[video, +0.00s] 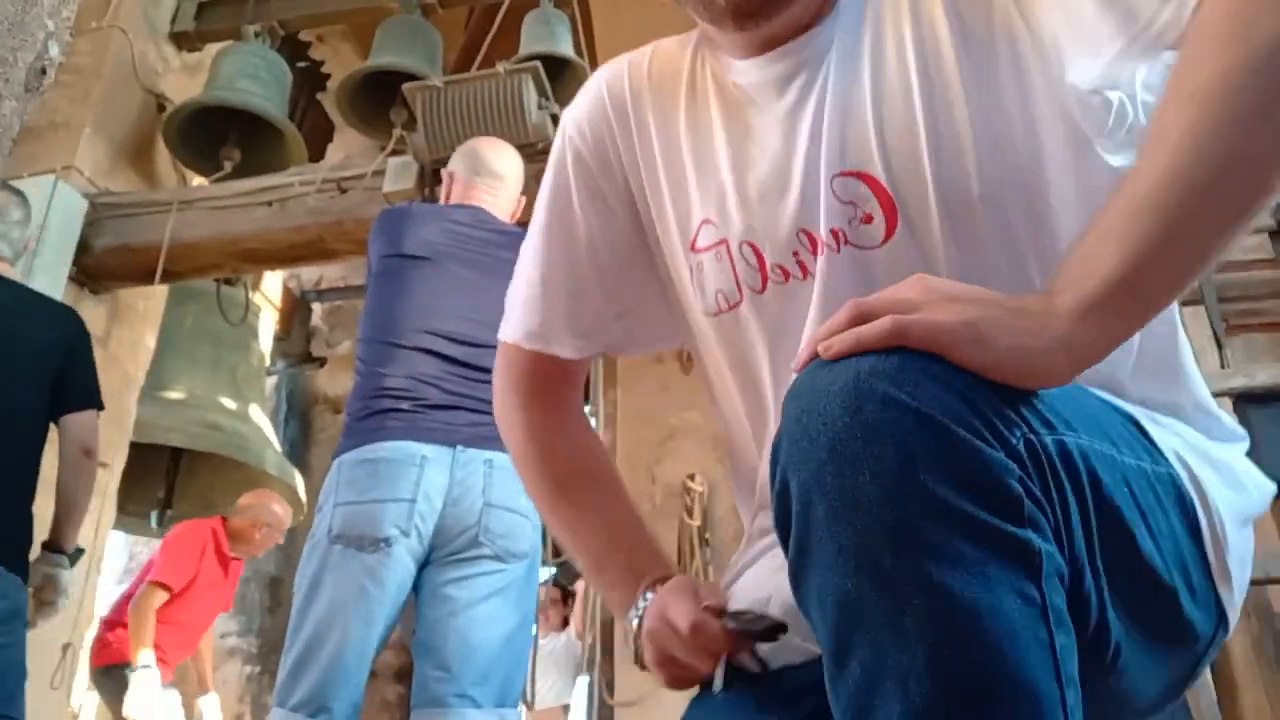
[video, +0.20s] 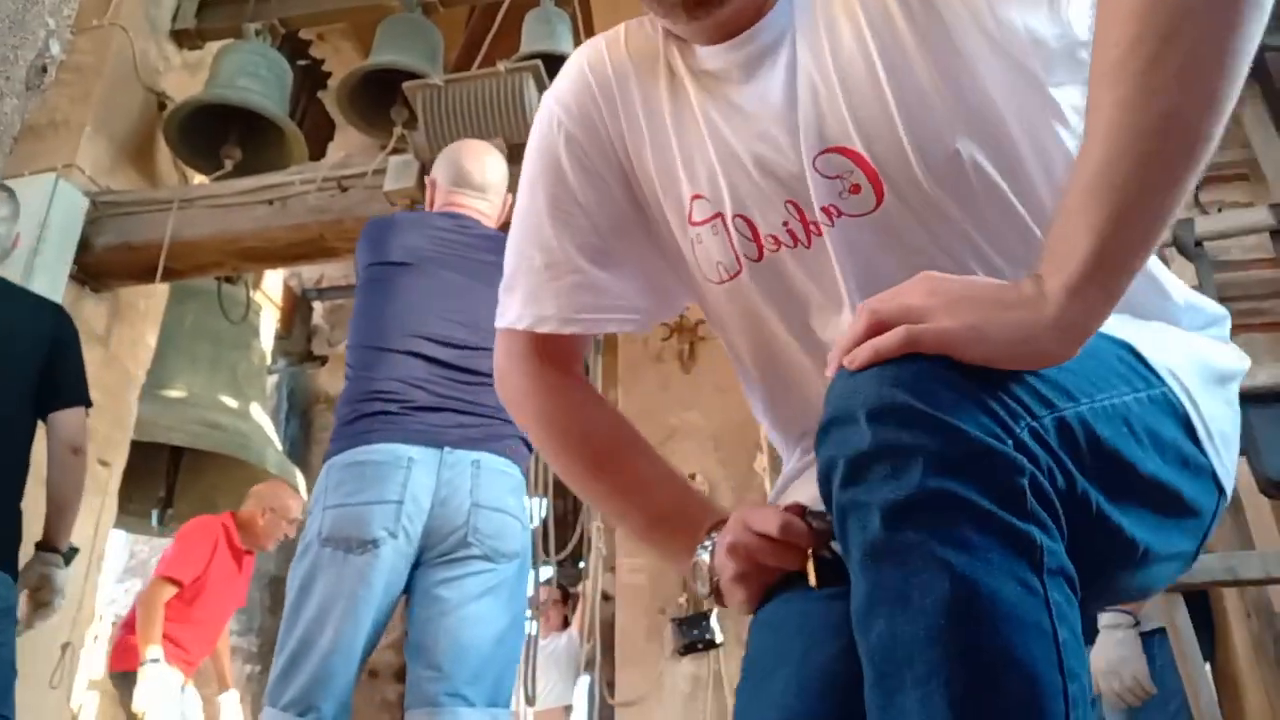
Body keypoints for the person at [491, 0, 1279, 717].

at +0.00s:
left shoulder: (1014, 11)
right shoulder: (623, 112)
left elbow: (1254, 20)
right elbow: (533, 385)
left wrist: (1068, 315)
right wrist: (645, 589)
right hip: (815, 589)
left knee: (862, 415)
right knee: (735, 713)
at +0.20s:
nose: (676, 5)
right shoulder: (602, 92)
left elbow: (1210, 5)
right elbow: (530, 367)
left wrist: (1059, 295)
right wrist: (709, 537)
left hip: (1130, 407)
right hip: (843, 503)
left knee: (891, 407)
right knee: (789, 701)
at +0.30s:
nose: (646, 4)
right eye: (624, 6)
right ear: (602, 5)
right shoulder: (597, 105)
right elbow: (562, 369)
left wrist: (1077, 285)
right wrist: (738, 505)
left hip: (1123, 342)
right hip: (851, 442)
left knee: (925, 410)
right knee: (831, 695)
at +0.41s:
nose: (633, 3)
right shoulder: (602, 99)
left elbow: (1116, 2)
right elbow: (595, 350)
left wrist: (1084, 281)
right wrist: (764, 474)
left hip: (1086, 303)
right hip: (866, 404)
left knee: (956, 429)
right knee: (874, 662)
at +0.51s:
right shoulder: (614, 86)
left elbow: (1093, 4)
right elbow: (632, 321)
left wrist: (1080, 297)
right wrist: (786, 442)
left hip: (1063, 267)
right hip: (870, 359)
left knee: (974, 451)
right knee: (899, 626)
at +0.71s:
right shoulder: (653, 46)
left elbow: (1042, 19)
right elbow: (707, 252)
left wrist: (1056, 328)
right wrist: (799, 395)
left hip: (1052, 234)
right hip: (886, 314)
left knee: (1016, 511)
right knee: (924, 591)